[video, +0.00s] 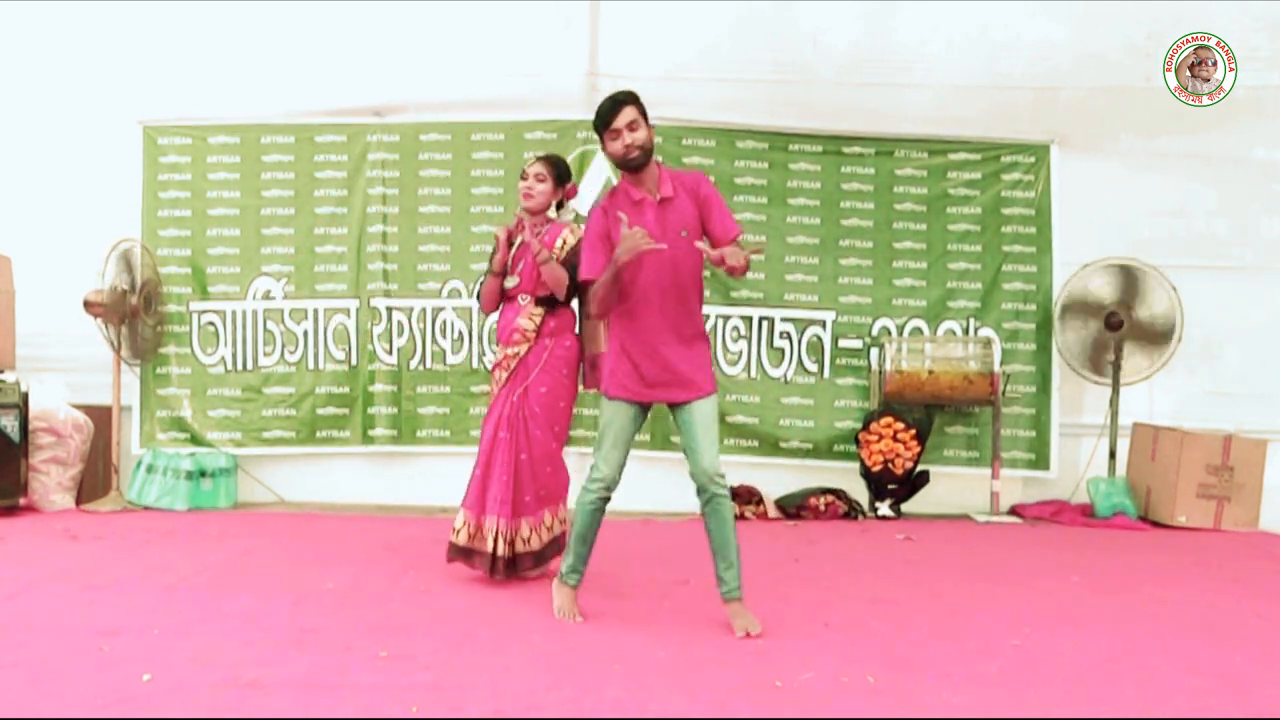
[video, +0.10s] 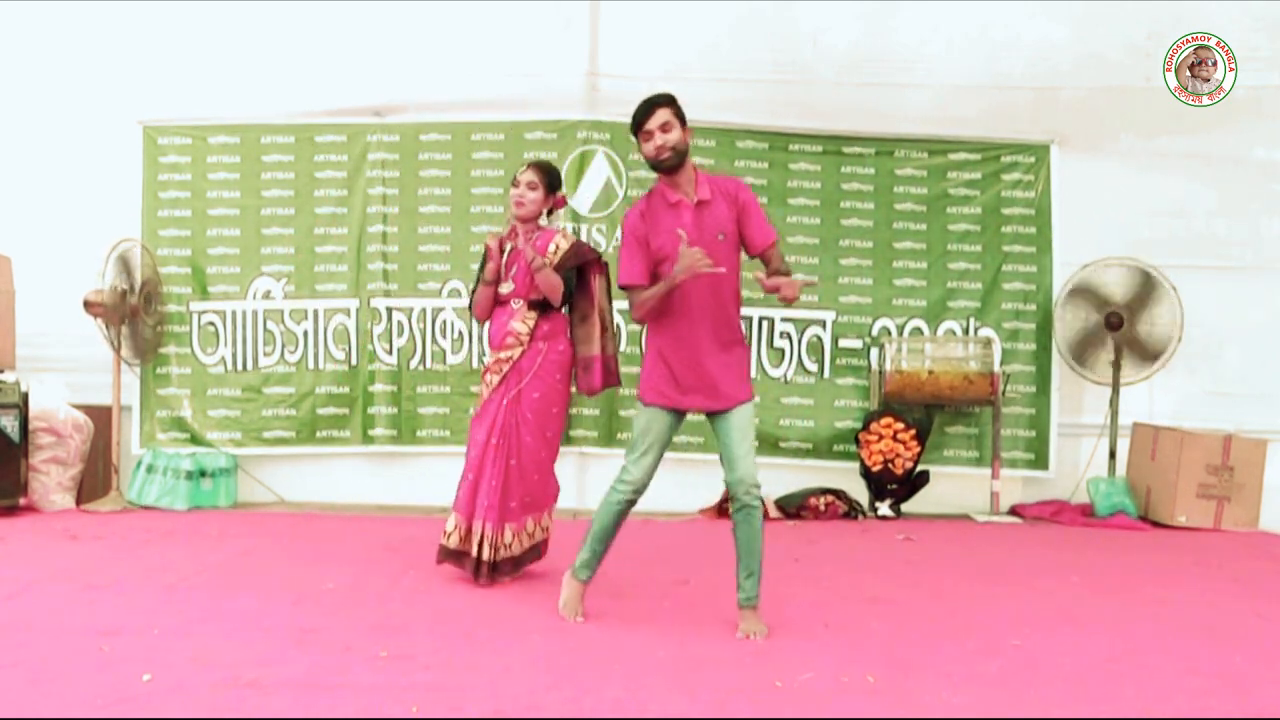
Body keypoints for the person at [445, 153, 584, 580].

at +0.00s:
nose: (527, 185)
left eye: (539, 180)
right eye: (525, 178)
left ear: (560, 192)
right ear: (518, 186)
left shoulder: (569, 237)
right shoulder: (511, 235)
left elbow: (571, 293)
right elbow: (487, 304)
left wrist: (540, 253)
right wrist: (499, 260)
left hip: (554, 344)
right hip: (514, 344)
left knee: (538, 439)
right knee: (501, 434)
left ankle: (539, 542)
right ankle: (498, 541)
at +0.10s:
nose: (519, 193)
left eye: (531, 188)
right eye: (516, 185)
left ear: (550, 200)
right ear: (509, 192)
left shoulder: (562, 245)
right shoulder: (499, 245)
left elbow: (561, 298)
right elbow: (480, 311)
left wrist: (530, 258)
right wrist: (491, 266)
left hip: (546, 352)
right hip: (504, 352)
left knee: (526, 442)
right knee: (488, 437)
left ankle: (515, 543)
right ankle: (481, 542)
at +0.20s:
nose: (510, 203)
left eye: (521, 198)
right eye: (506, 195)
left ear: (539, 210)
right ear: (499, 203)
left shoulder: (553, 256)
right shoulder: (488, 254)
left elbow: (545, 311)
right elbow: (466, 320)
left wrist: (517, 270)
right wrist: (482, 275)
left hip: (536, 364)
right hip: (494, 363)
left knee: (510, 446)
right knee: (460, 441)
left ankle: (502, 548)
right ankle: (463, 545)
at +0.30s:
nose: (505, 194)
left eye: (517, 188)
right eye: (502, 186)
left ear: (535, 202)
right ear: (494, 195)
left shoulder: (548, 251)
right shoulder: (482, 245)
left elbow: (542, 312)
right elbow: (457, 308)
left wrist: (516, 274)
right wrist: (477, 264)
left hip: (528, 358)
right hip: (485, 356)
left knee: (511, 447)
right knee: (465, 441)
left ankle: (502, 549)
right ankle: (464, 548)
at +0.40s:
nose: (503, 185)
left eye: (513, 179)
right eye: (498, 178)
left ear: (531, 191)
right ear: (490, 186)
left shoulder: (544, 246)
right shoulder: (474, 234)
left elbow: (539, 309)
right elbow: (448, 293)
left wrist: (514, 272)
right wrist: (472, 251)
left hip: (518, 355)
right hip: (470, 351)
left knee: (501, 444)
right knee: (461, 440)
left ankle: (490, 547)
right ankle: (459, 545)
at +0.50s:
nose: (503, 186)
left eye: (513, 180)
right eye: (497, 179)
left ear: (531, 192)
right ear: (489, 188)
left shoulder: (543, 251)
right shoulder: (470, 236)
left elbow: (540, 315)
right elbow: (444, 294)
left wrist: (512, 277)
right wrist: (474, 254)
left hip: (512, 359)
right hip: (464, 355)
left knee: (494, 446)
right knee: (455, 443)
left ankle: (484, 549)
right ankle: (453, 544)